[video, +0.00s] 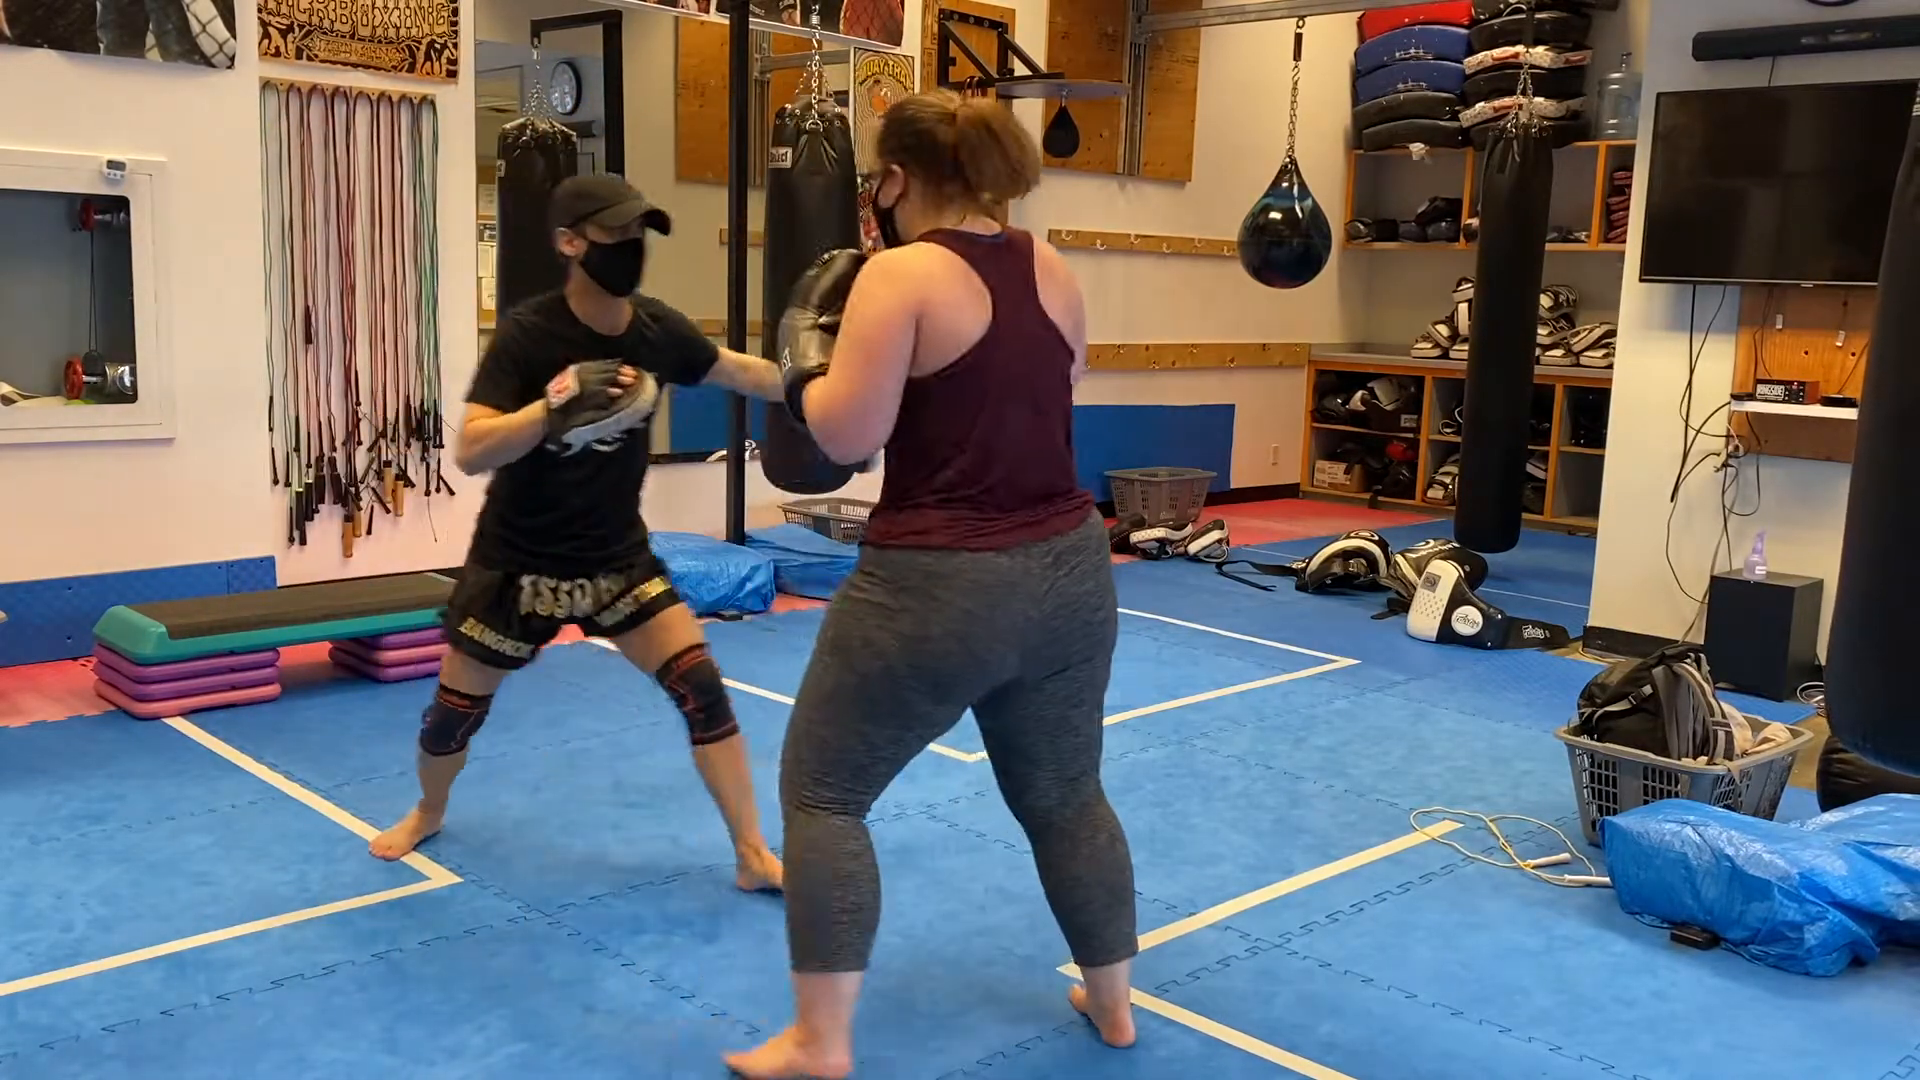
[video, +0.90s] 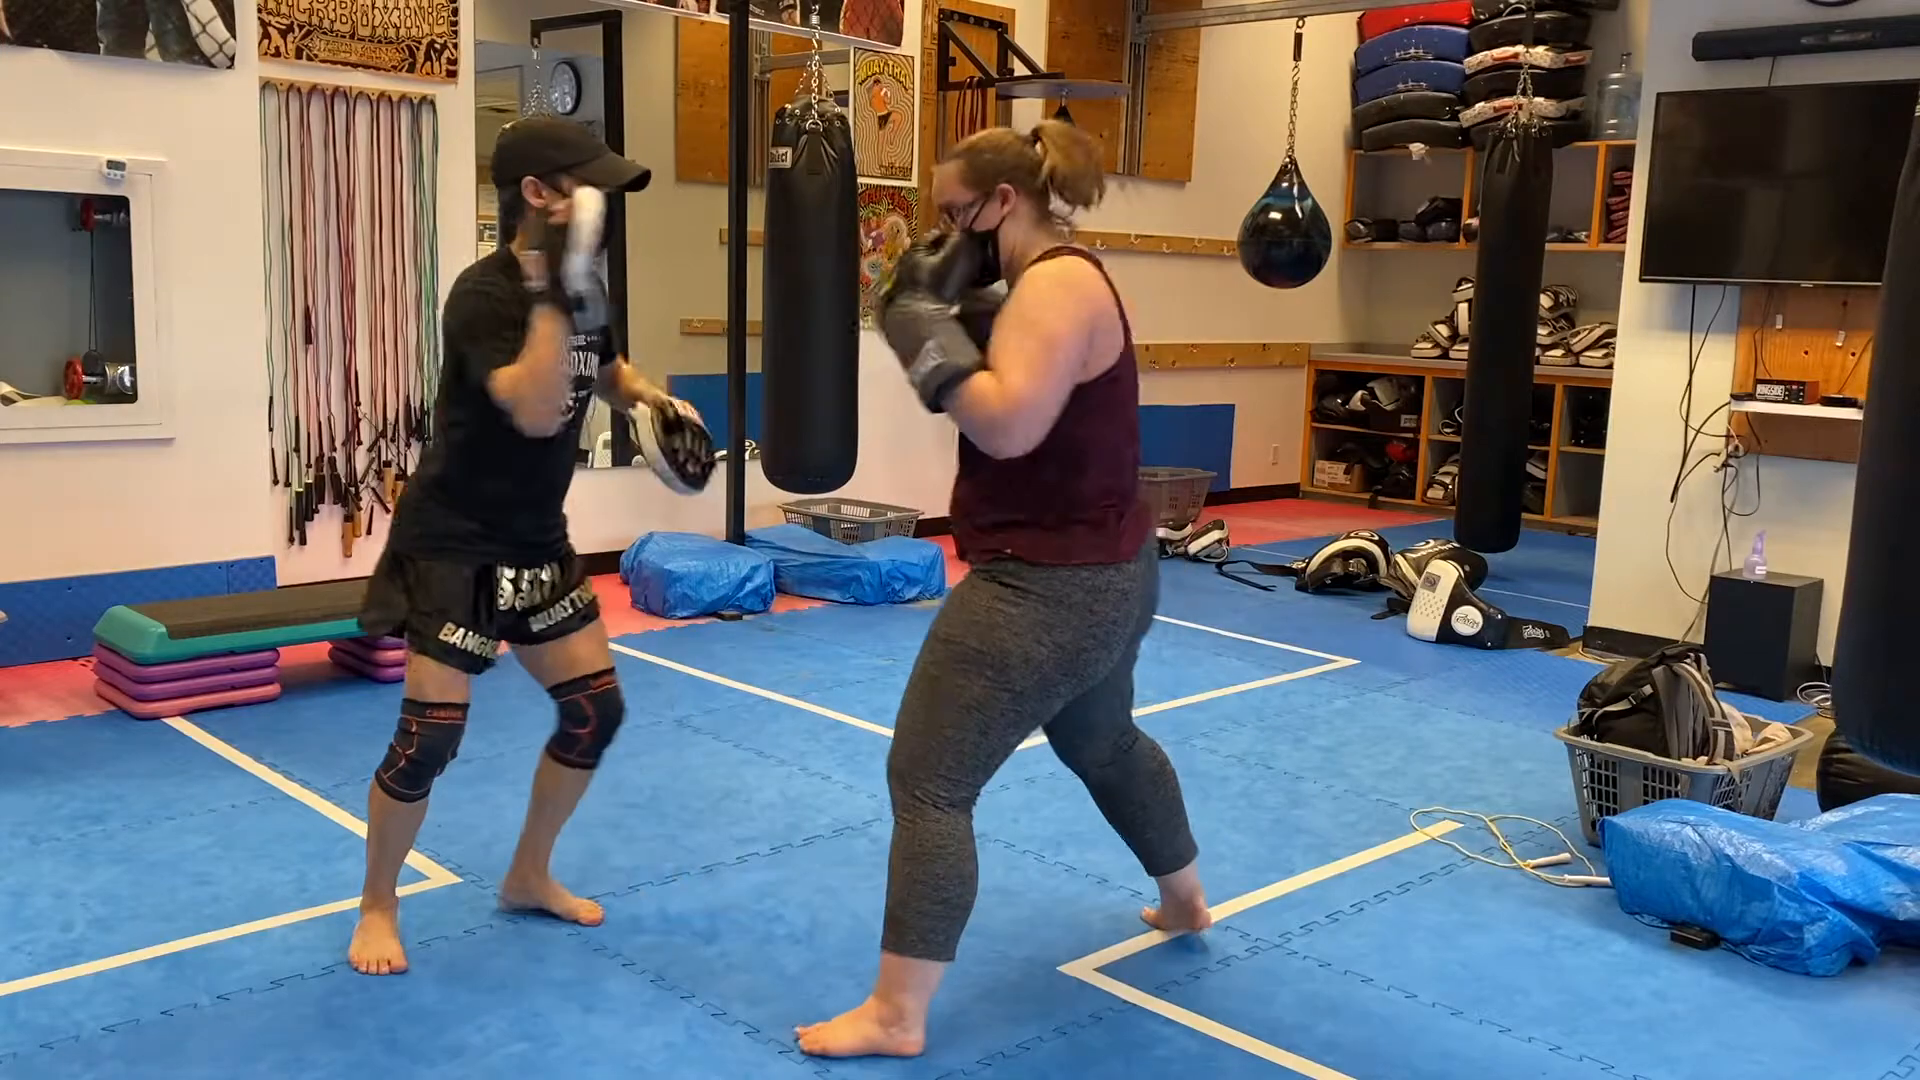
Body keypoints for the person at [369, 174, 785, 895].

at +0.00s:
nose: (636, 248)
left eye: (639, 235)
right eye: (618, 237)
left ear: (642, 237)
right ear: (570, 243)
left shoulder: (658, 331)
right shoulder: (528, 332)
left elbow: (746, 373)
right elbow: (472, 448)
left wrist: (818, 376)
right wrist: (558, 408)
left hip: (617, 554)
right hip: (516, 555)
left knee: (702, 688)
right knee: (448, 723)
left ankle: (752, 852)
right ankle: (429, 813)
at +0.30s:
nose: (733, 264)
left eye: (737, 249)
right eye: (715, 252)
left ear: (747, 245)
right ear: (667, 257)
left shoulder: (758, 338)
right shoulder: (617, 346)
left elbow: (842, 364)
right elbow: (539, 456)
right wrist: (629, 429)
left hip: (692, 565)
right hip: (590, 567)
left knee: (779, 699)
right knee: (504, 725)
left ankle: (763, 856)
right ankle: (434, 833)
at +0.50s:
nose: (697, 258)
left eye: (699, 244)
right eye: (680, 247)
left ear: (701, 240)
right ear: (627, 251)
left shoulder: (719, 322)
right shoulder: (572, 348)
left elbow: (829, 304)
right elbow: (500, 467)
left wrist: (872, 264)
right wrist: (577, 434)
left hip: (682, 571)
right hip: (574, 576)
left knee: (773, 704)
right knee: (496, 729)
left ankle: (764, 859)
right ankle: (388, 902)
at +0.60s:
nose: (663, 239)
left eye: (663, 226)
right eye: (646, 227)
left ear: (617, 231)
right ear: (592, 230)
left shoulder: (674, 309)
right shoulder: (531, 327)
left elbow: (776, 312)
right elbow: (472, 459)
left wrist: (801, 289)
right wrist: (553, 405)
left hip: (636, 554)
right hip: (532, 559)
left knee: (726, 704)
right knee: (474, 733)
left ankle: (758, 859)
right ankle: (384, 905)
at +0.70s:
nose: (624, 224)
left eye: (623, 210)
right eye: (607, 211)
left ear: (571, 216)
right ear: (554, 215)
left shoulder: (627, 298)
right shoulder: (486, 312)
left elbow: (753, 339)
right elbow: (454, 444)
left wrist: (736, 343)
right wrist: (519, 352)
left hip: (584, 538)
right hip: (484, 543)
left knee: (681, 699)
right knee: (446, 732)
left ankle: (709, 858)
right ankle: (380, 907)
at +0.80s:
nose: (592, 222)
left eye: (594, 206)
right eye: (576, 207)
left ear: (576, 208)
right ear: (523, 208)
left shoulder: (602, 298)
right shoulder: (466, 302)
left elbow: (671, 366)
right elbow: (466, 427)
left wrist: (698, 405)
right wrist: (513, 310)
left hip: (557, 536)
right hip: (461, 540)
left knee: (642, 699)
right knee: (437, 734)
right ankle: (379, 908)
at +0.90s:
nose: (599, 207)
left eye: (601, 193)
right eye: (587, 193)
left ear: (560, 198)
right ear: (536, 195)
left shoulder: (578, 287)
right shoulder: (482, 295)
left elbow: (607, 368)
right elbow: (536, 409)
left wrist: (655, 399)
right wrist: (557, 291)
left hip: (537, 538)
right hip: (453, 541)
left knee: (593, 709)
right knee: (430, 736)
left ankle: (529, 877)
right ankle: (377, 908)